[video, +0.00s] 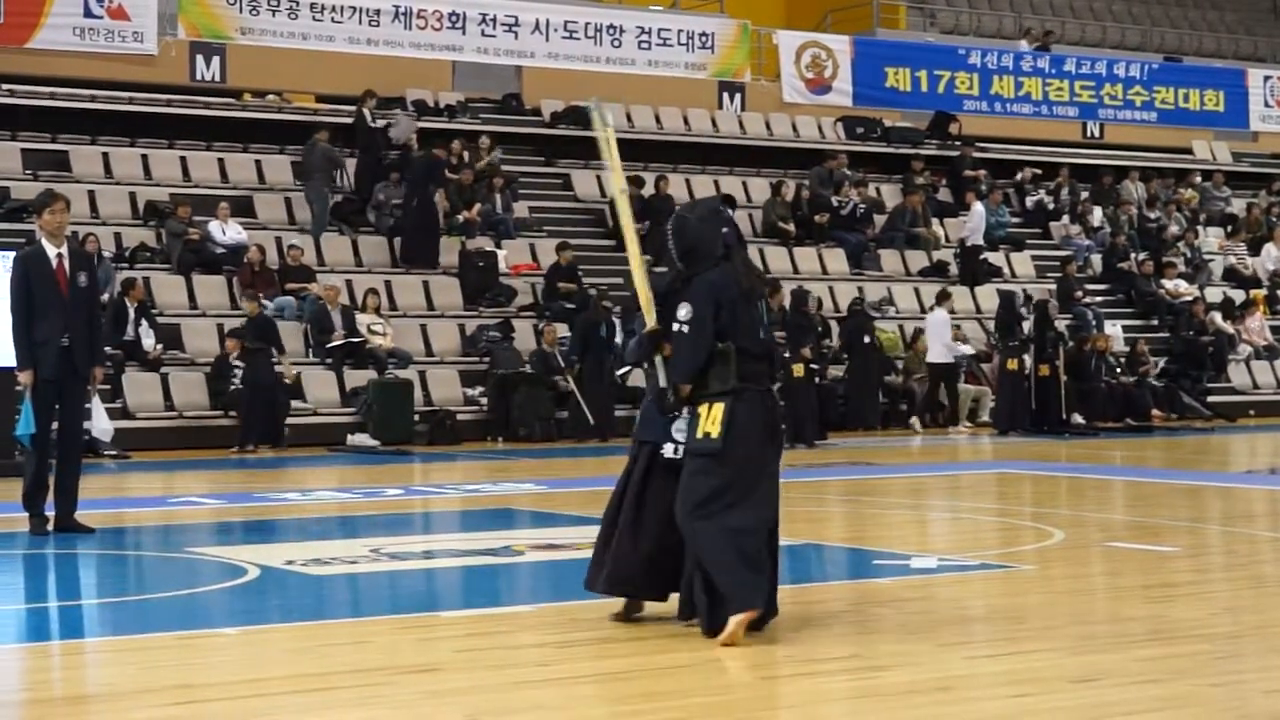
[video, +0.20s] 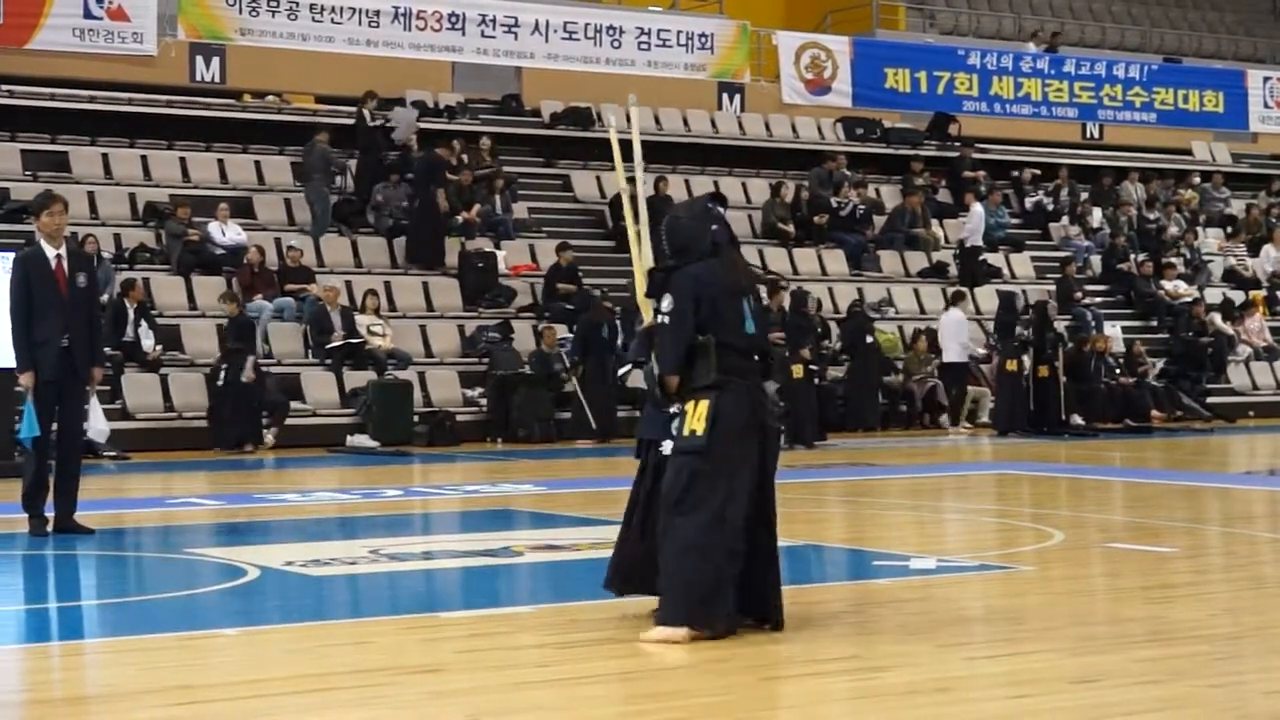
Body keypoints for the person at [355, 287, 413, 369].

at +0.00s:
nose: (374, 301)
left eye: (377, 298)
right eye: (372, 298)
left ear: (379, 300)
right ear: (365, 299)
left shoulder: (382, 317)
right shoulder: (359, 317)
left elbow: (389, 331)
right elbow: (363, 335)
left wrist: (387, 343)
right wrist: (378, 343)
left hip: (385, 344)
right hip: (371, 345)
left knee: (407, 356)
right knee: (382, 357)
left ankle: (394, 376)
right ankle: (382, 379)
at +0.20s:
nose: (374, 302)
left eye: (376, 299)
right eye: (371, 299)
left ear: (379, 301)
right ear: (364, 300)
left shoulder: (382, 318)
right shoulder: (358, 318)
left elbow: (388, 332)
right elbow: (363, 336)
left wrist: (387, 343)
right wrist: (378, 344)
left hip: (384, 344)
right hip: (370, 346)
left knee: (406, 357)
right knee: (381, 358)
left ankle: (394, 377)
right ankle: (381, 381)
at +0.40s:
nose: (373, 302)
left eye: (376, 299)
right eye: (371, 299)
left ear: (378, 302)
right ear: (364, 301)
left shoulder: (381, 318)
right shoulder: (357, 318)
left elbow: (388, 332)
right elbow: (362, 336)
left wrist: (386, 344)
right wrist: (377, 344)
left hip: (384, 345)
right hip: (370, 346)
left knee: (406, 358)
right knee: (381, 358)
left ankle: (394, 378)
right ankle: (381, 381)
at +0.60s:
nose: (373, 302)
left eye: (376, 300)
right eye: (370, 299)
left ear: (378, 302)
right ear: (364, 301)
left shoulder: (381, 318)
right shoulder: (358, 319)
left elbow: (388, 332)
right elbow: (361, 336)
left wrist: (386, 344)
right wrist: (377, 344)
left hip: (384, 345)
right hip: (370, 346)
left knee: (406, 358)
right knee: (381, 359)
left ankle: (393, 378)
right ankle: (380, 381)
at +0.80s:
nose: (373, 302)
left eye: (376, 300)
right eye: (370, 299)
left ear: (378, 302)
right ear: (364, 301)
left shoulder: (381, 318)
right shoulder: (358, 319)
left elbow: (388, 332)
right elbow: (362, 337)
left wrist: (386, 344)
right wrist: (377, 344)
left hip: (384, 345)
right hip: (370, 346)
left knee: (406, 358)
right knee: (381, 359)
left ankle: (393, 378)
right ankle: (380, 381)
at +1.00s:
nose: (374, 302)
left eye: (376, 300)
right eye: (371, 299)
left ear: (379, 302)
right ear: (365, 301)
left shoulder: (382, 319)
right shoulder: (358, 319)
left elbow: (388, 333)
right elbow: (362, 337)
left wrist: (387, 344)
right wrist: (377, 345)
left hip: (384, 346)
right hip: (370, 347)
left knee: (406, 358)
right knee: (381, 359)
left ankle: (393, 378)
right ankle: (381, 381)